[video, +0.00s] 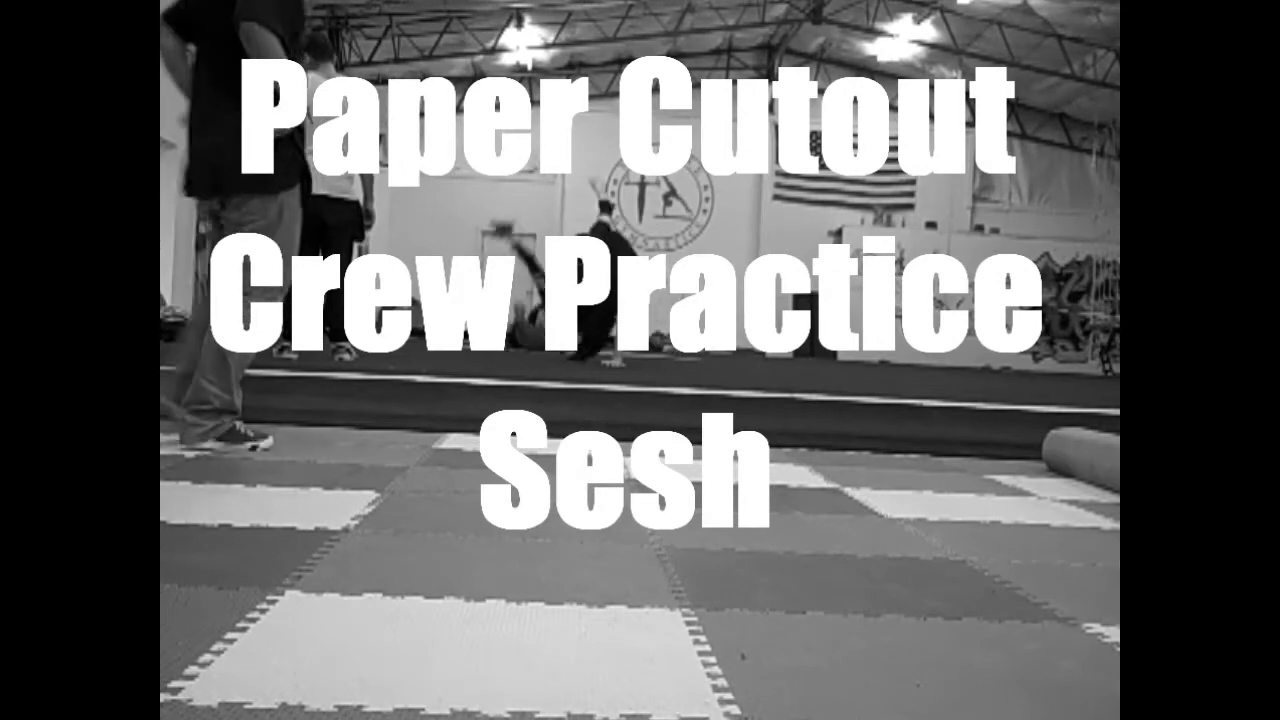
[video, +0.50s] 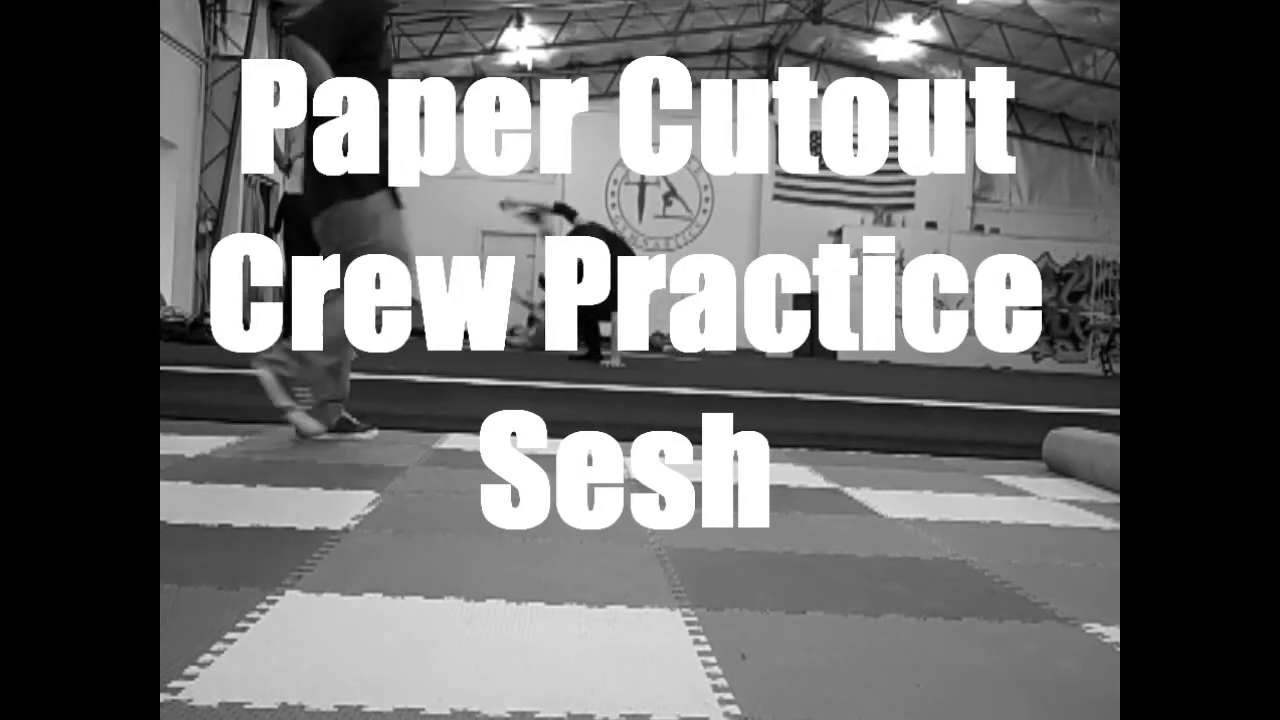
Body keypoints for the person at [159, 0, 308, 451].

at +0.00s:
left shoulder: (214, 1)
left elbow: (169, 33)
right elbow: (255, 28)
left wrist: (201, 97)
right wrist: (293, 93)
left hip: (215, 148)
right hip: (261, 150)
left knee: (217, 288)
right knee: (249, 292)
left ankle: (184, 403)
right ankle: (211, 419)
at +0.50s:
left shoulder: (372, 20)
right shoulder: (360, 7)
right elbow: (300, 42)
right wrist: (334, 108)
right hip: (349, 177)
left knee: (350, 290)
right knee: (388, 284)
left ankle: (328, 407)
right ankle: (288, 366)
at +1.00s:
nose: (511, 21)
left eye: (513, 17)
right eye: (508, 14)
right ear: (489, 9)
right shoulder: (467, 39)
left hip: (422, 200)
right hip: (468, 199)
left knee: (405, 308)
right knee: (484, 310)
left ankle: (345, 384)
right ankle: (474, 420)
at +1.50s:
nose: (621, 27)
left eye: (622, 16)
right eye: (619, 15)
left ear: (579, 8)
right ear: (597, 9)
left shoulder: (545, 47)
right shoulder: (574, 43)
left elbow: (488, 105)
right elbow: (539, 88)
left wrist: (517, 159)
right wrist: (549, 164)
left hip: (534, 194)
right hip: (550, 196)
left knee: (569, 316)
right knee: (538, 313)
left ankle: (563, 416)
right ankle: (477, 413)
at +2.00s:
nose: (682, 43)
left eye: (689, 34)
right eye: (676, 32)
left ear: (693, 32)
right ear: (649, 20)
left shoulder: (688, 79)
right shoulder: (609, 62)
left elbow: (721, 134)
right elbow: (547, 110)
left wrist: (750, 180)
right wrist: (574, 166)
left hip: (649, 211)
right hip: (611, 207)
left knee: (629, 318)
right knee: (660, 315)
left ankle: (571, 408)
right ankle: (684, 425)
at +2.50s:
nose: (683, 71)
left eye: (693, 59)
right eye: (673, 60)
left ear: (711, 52)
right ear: (660, 54)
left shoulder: (744, 94)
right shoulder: (641, 99)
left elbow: (820, 117)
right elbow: (597, 150)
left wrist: (839, 177)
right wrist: (644, 117)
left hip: (735, 233)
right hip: (671, 241)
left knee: (743, 328)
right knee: (713, 358)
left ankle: (773, 420)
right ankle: (777, 418)